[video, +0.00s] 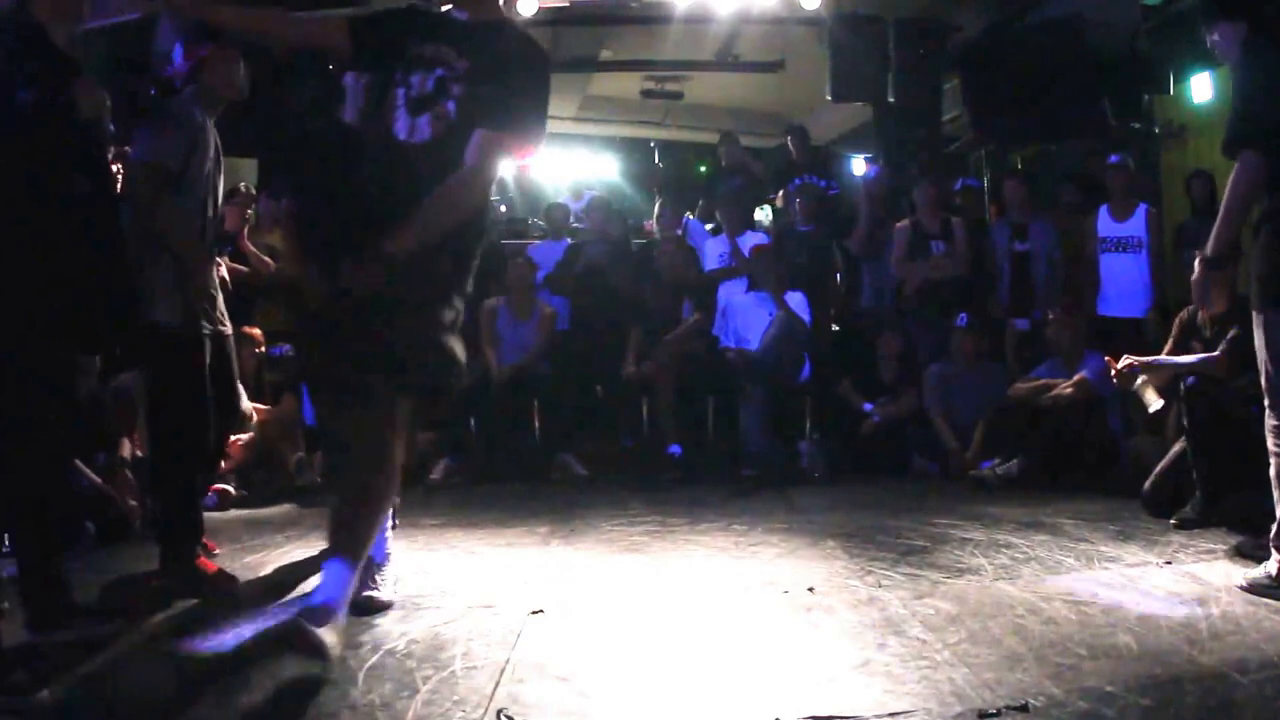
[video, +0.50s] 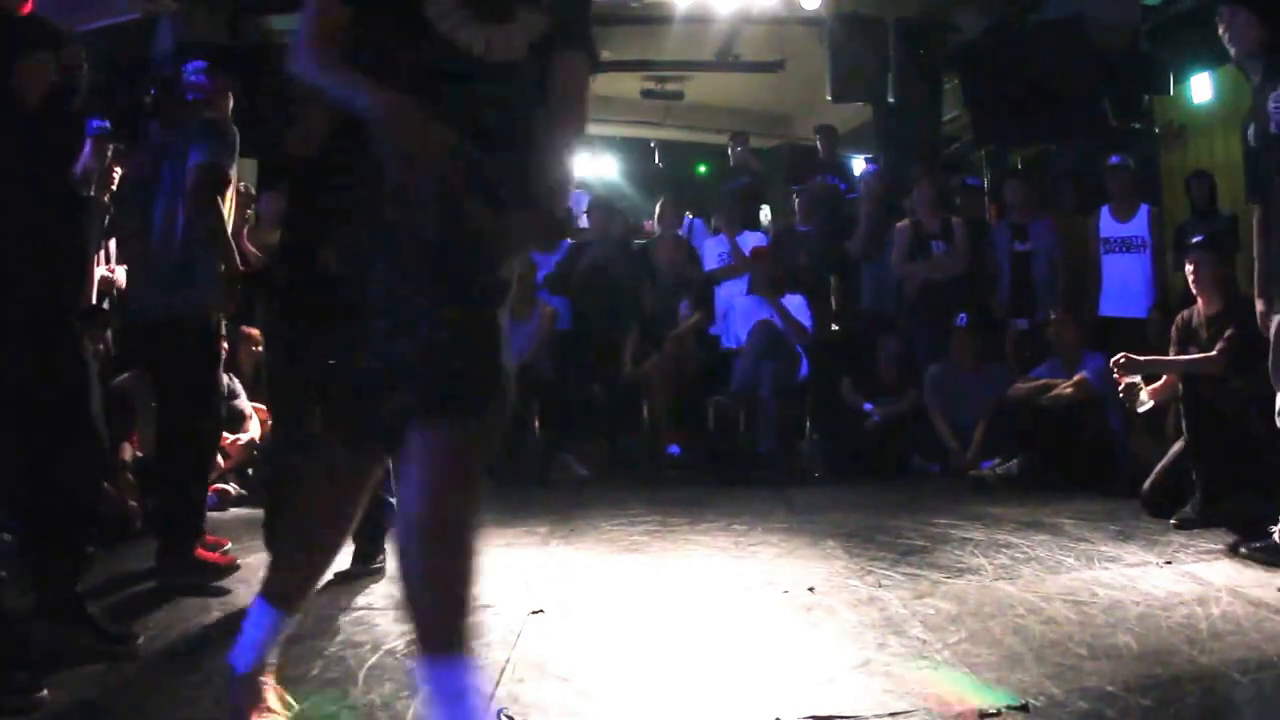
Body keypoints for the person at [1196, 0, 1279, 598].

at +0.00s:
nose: (1211, 41)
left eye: (1215, 29)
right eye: (1209, 31)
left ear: (1239, 25)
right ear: (1243, 27)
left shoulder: (1256, 66)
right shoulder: (1257, 68)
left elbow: (1251, 163)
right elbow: (1252, 163)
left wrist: (1214, 253)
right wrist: (1220, 252)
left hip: (1272, 268)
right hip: (1267, 267)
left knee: (1276, 404)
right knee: (1273, 402)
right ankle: (1275, 540)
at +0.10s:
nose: (1213, 36)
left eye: (1218, 25)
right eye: (1210, 27)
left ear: (1244, 23)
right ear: (1237, 28)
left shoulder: (1262, 70)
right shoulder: (1258, 71)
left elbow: (1267, 167)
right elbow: (1265, 169)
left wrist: (1240, 255)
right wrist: (1239, 255)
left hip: (1271, 277)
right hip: (1266, 276)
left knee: (1275, 407)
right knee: (1272, 405)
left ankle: (1279, 548)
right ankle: (1276, 537)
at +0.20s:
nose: (1216, 43)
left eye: (1220, 31)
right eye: (1212, 33)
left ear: (1245, 27)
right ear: (1234, 32)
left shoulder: (1266, 80)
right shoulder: (1258, 80)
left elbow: (1269, 167)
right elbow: (1265, 167)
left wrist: (1270, 245)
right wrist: (1263, 243)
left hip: (1271, 270)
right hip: (1266, 269)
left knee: (1274, 408)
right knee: (1270, 407)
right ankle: (1276, 539)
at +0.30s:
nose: (1216, 43)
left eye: (1221, 30)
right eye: (1214, 33)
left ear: (1248, 28)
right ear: (1235, 33)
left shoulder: (1266, 104)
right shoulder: (1260, 103)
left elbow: (1265, 214)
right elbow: (1264, 213)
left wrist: (1265, 282)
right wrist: (1262, 282)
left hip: (1275, 289)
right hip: (1272, 288)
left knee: (1276, 405)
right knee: (1272, 405)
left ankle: (1277, 552)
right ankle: (1273, 540)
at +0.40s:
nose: (1217, 38)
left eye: (1221, 26)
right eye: (1214, 28)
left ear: (1250, 24)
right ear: (1243, 29)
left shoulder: (1272, 96)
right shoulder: (1262, 96)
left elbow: (1268, 209)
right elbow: (1266, 209)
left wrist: (1269, 288)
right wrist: (1267, 288)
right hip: (1276, 294)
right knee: (1278, 410)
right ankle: (1277, 538)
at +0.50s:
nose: (1224, 32)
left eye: (1232, 19)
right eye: (1220, 22)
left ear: (1262, 22)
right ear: (1228, 32)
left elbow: (1263, 209)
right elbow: (1260, 209)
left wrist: (1265, 291)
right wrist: (1263, 292)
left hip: (1273, 297)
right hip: (1272, 298)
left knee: (1273, 405)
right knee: (1270, 405)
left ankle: (1273, 523)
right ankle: (1266, 519)